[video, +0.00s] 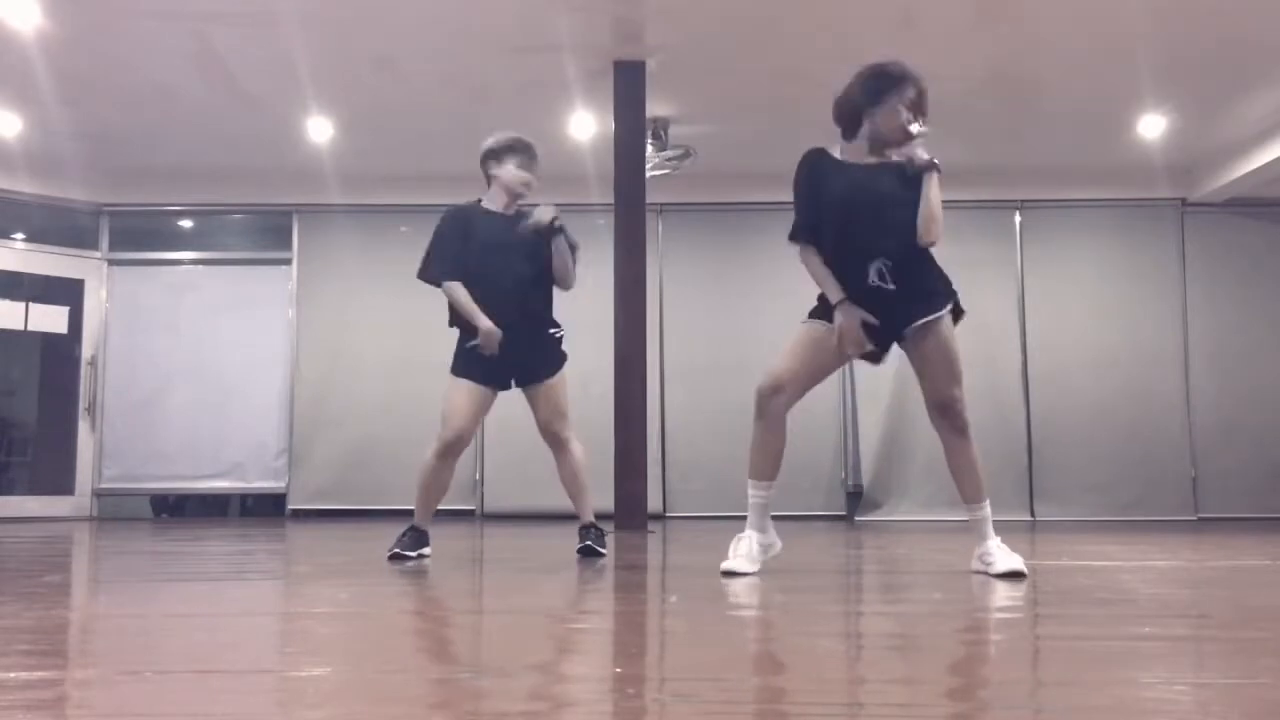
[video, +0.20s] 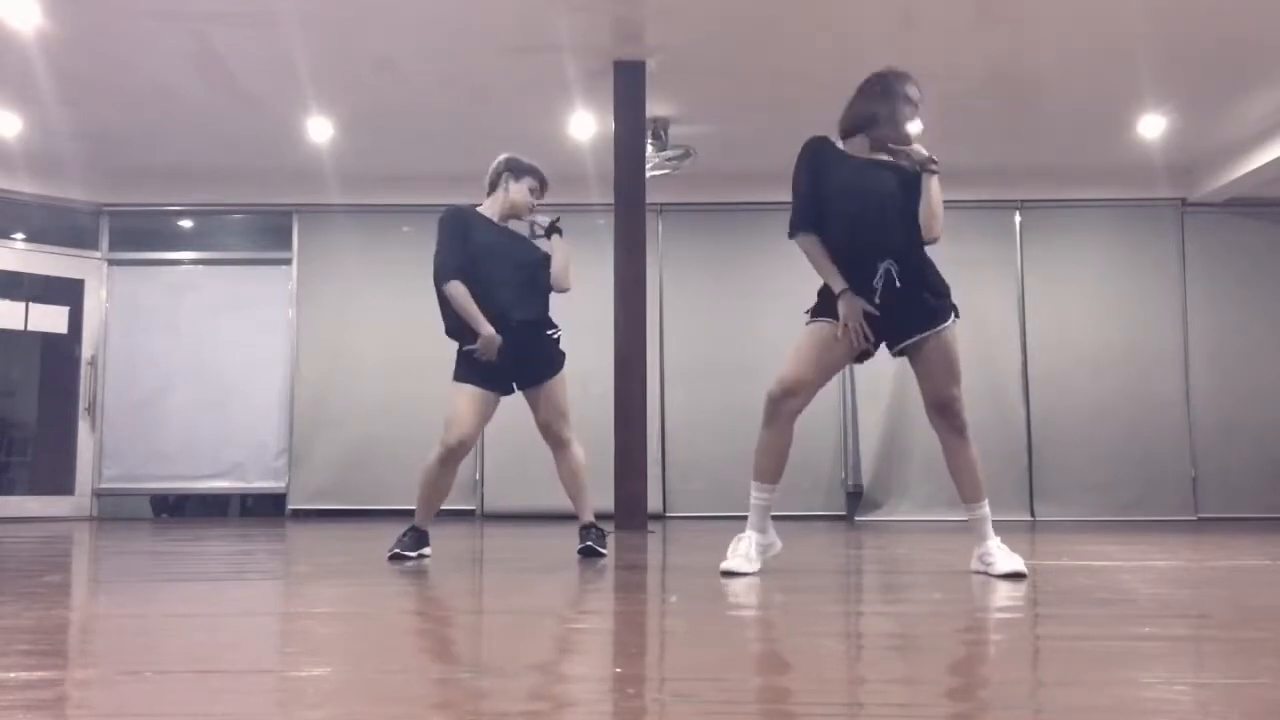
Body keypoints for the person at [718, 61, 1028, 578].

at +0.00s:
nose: (912, 121)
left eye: (916, 112)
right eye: (905, 108)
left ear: (914, 118)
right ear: (869, 107)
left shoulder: (915, 172)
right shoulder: (820, 166)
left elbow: (929, 234)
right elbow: (806, 246)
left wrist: (929, 168)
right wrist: (840, 305)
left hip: (920, 302)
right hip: (851, 305)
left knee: (952, 413)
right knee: (771, 392)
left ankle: (987, 542)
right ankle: (757, 530)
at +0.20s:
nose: (917, 118)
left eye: (919, 109)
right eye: (911, 106)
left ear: (909, 115)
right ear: (882, 106)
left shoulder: (913, 169)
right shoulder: (821, 153)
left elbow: (932, 232)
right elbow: (803, 231)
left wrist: (929, 167)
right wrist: (842, 292)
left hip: (916, 298)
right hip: (849, 300)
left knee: (950, 412)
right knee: (783, 395)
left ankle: (986, 542)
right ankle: (757, 531)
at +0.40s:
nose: (880, 108)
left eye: (888, 98)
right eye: (868, 100)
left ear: (901, 105)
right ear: (849, 108)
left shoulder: (919, 158)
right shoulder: (836, 149)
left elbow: (949, 222)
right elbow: (816, 220)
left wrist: (932, 161)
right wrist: (845, 294)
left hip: (923, 296)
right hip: (858, 297)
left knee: (959, 412)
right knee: (789, 399)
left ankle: (987, 543)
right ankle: (760, 531)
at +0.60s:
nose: (844, 125)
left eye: (855, 115)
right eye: (833, 117)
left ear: (872, 124)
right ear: (819, 128)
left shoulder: (892, 164)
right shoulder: (821, 202)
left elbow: (912, 221)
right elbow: (820, 276)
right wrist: (798, 321)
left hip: (899, 308)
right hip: (836, 316)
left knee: (971, 426)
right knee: (781, 414)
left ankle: (988, 545)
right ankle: (786, 545)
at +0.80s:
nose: (807, 123)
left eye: (816, 115)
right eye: (797, 116)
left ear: (832, 124)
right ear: (782, 127)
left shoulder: (852, 170)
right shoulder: (775, 197)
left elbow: (925, 217)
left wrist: (968, 268)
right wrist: (738, 327)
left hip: (849, 302)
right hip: (791, 309)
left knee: (893, 410)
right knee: (741, 419)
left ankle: (981, 497)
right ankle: (783, 544)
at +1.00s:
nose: (787, 86)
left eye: (797, 76)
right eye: (776, 79)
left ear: (815, 83)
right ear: (764, 92)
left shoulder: (842, 132)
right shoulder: (765, 158)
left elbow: (907, 154)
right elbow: (712, 225)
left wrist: (893, 95)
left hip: (843, 268)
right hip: (781, 282)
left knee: (841, 347)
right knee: (764, 405)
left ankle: (871, 508)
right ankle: (786, 543)